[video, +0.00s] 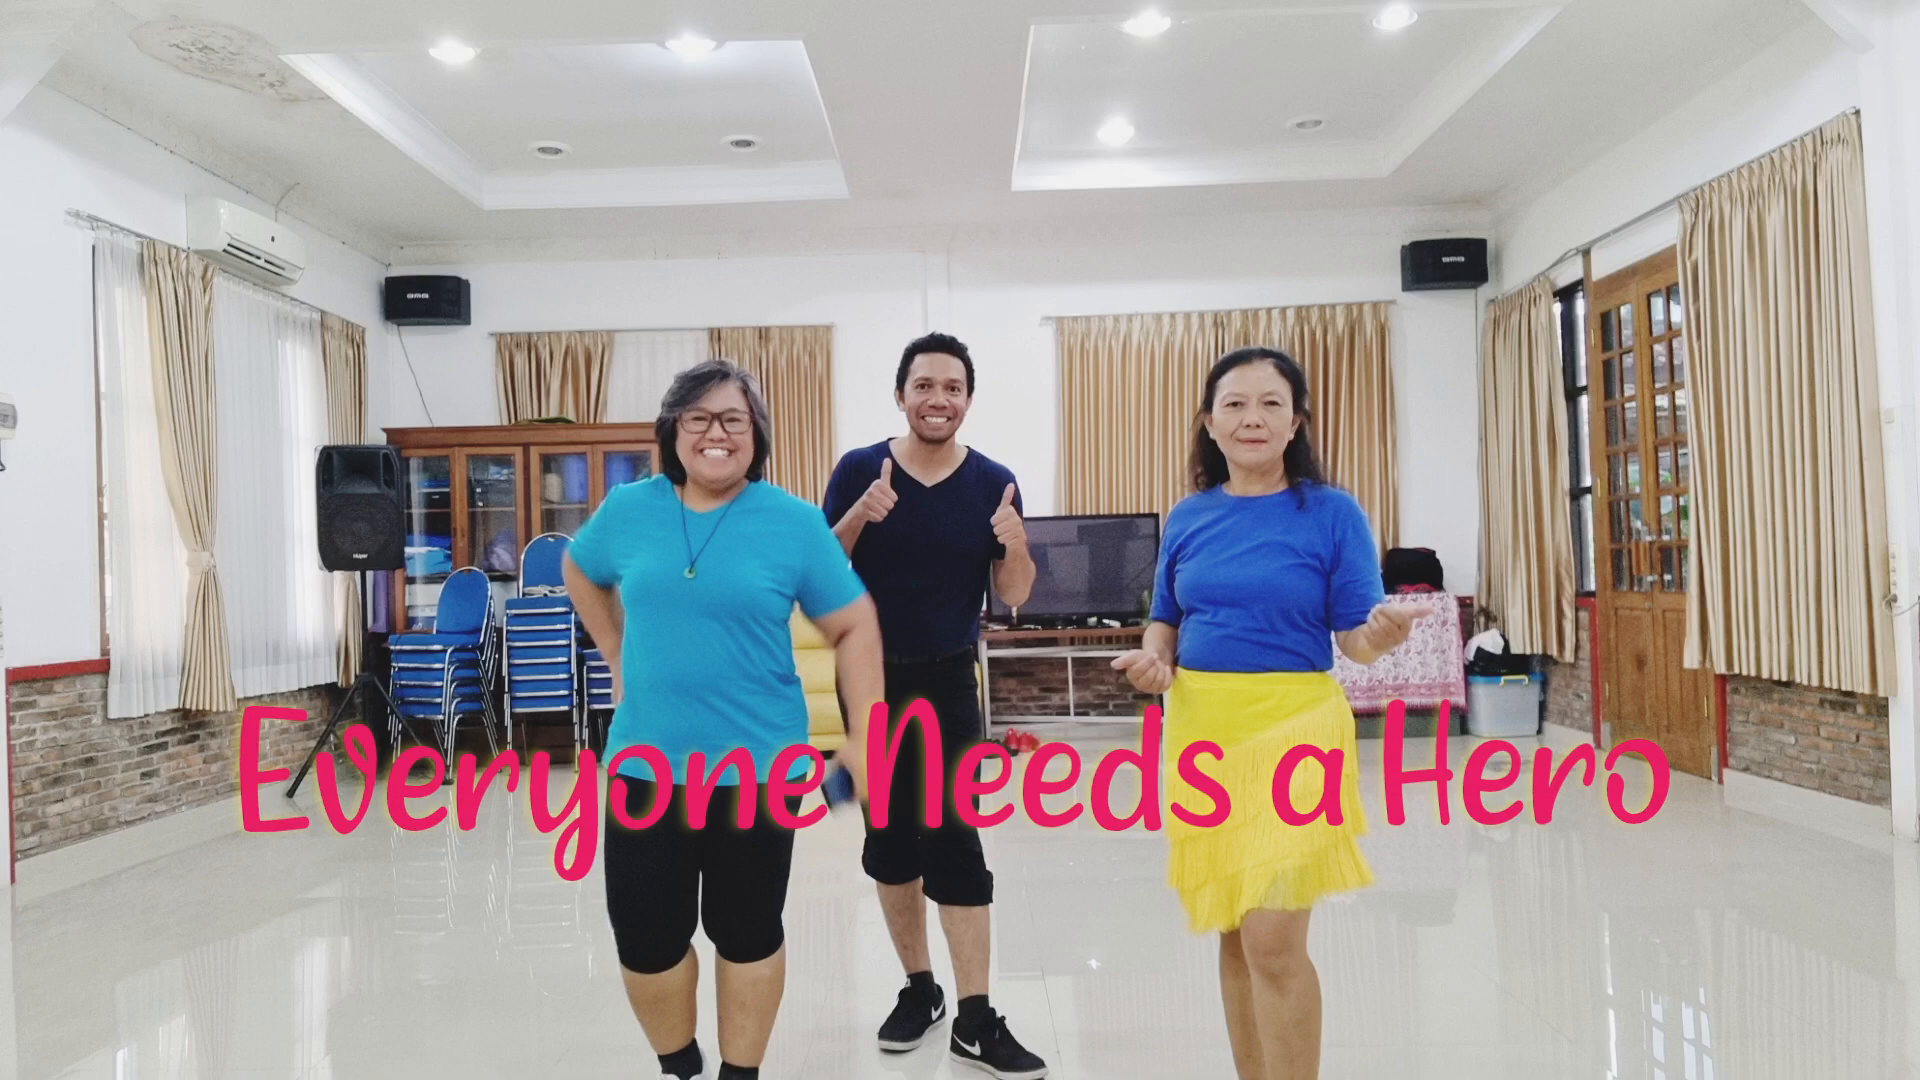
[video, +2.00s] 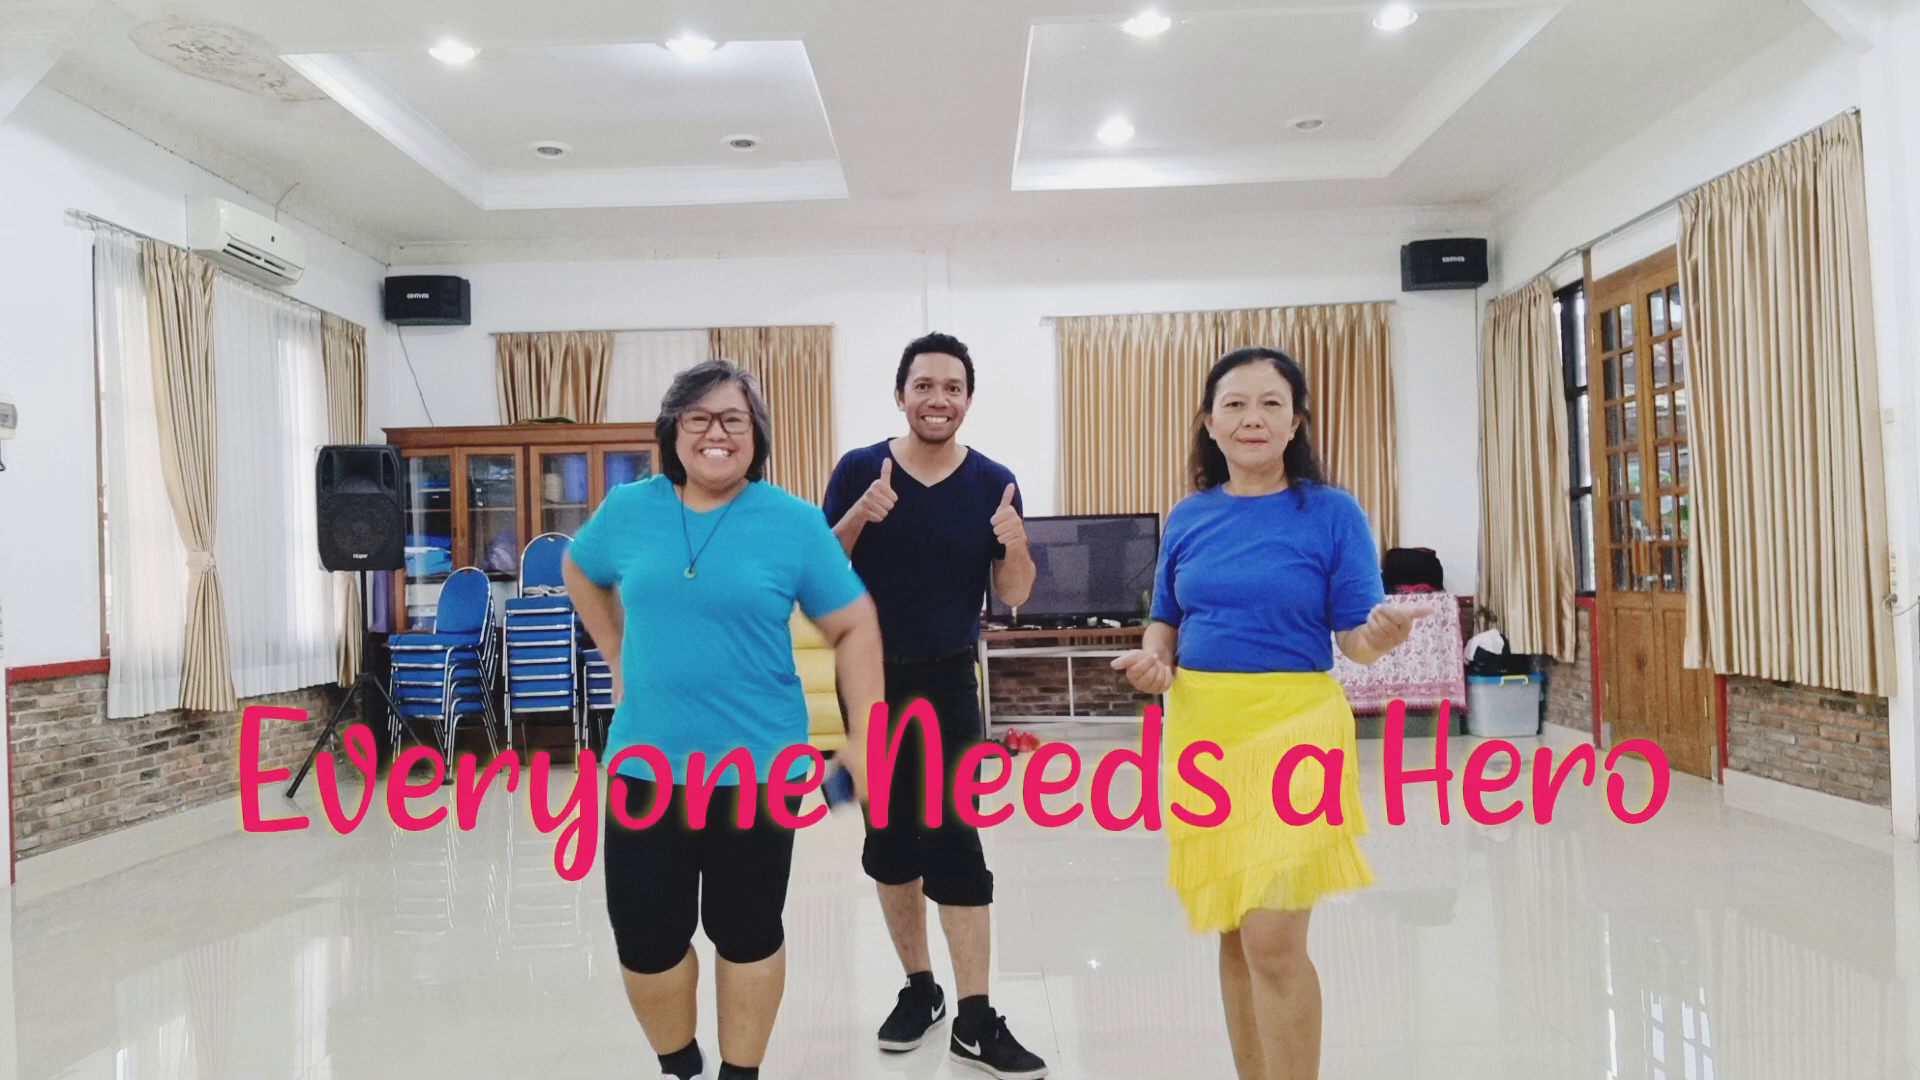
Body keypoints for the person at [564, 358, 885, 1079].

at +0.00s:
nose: (720, 432)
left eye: (736, 420)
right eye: (702, 420)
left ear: (756, 436)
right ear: (672, 434)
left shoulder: (795, 523)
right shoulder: (627, 509)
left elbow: (856, 626)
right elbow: (580, 570)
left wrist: (865, 738)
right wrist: (625, 663)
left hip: (758, 768)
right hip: (645, 764)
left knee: (746, 932)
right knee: (646, 938)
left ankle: (739, 1076)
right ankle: (680, 1069)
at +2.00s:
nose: (720, 432)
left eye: (736, 420)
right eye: (702, 420)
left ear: (756, 436)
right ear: (672, 434)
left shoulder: (795, 523)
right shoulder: (627, 509)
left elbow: (856, 626)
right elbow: (580, 570)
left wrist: (865, 738)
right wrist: (625, 663)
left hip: (758, 768)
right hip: (645, 764)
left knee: (746, 932)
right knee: (646, 938)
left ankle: (739, 1076)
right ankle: (680, 1069)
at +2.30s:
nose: (719, 316)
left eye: (735, 303)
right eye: (701, 303)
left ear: (756, 319)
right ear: (672, 317)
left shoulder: (795, 407)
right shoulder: (627, 393)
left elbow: (856, 509)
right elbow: (580, 453)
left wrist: (867, 622)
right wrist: (622, 544)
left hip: (758, 652)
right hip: (646, 649)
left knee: (748, 815)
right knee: (645, 819)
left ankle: (738, 973)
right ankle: (681, 961)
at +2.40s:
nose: (719, 156)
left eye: (735, 143)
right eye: (702, 143)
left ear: (756, 160)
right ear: (672, 157)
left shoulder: (795, 248)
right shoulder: (627, 233)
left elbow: (856, 349)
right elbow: (580, 293)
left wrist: (867, 462)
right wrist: (623, 384)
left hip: (757, 493)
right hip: (645, 491)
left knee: (746, 659)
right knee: (647, 666)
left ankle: (746, 811)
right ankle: (674, 808)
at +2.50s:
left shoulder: (798, 5)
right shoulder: (620, 3)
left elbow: (855, 85)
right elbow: (580, 30)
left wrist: (867, 197)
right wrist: (626, 128)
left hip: (757, 222)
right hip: (646, 220)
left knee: (746, 392)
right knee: (646, 398)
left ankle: (739, 548)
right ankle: (682, 537)